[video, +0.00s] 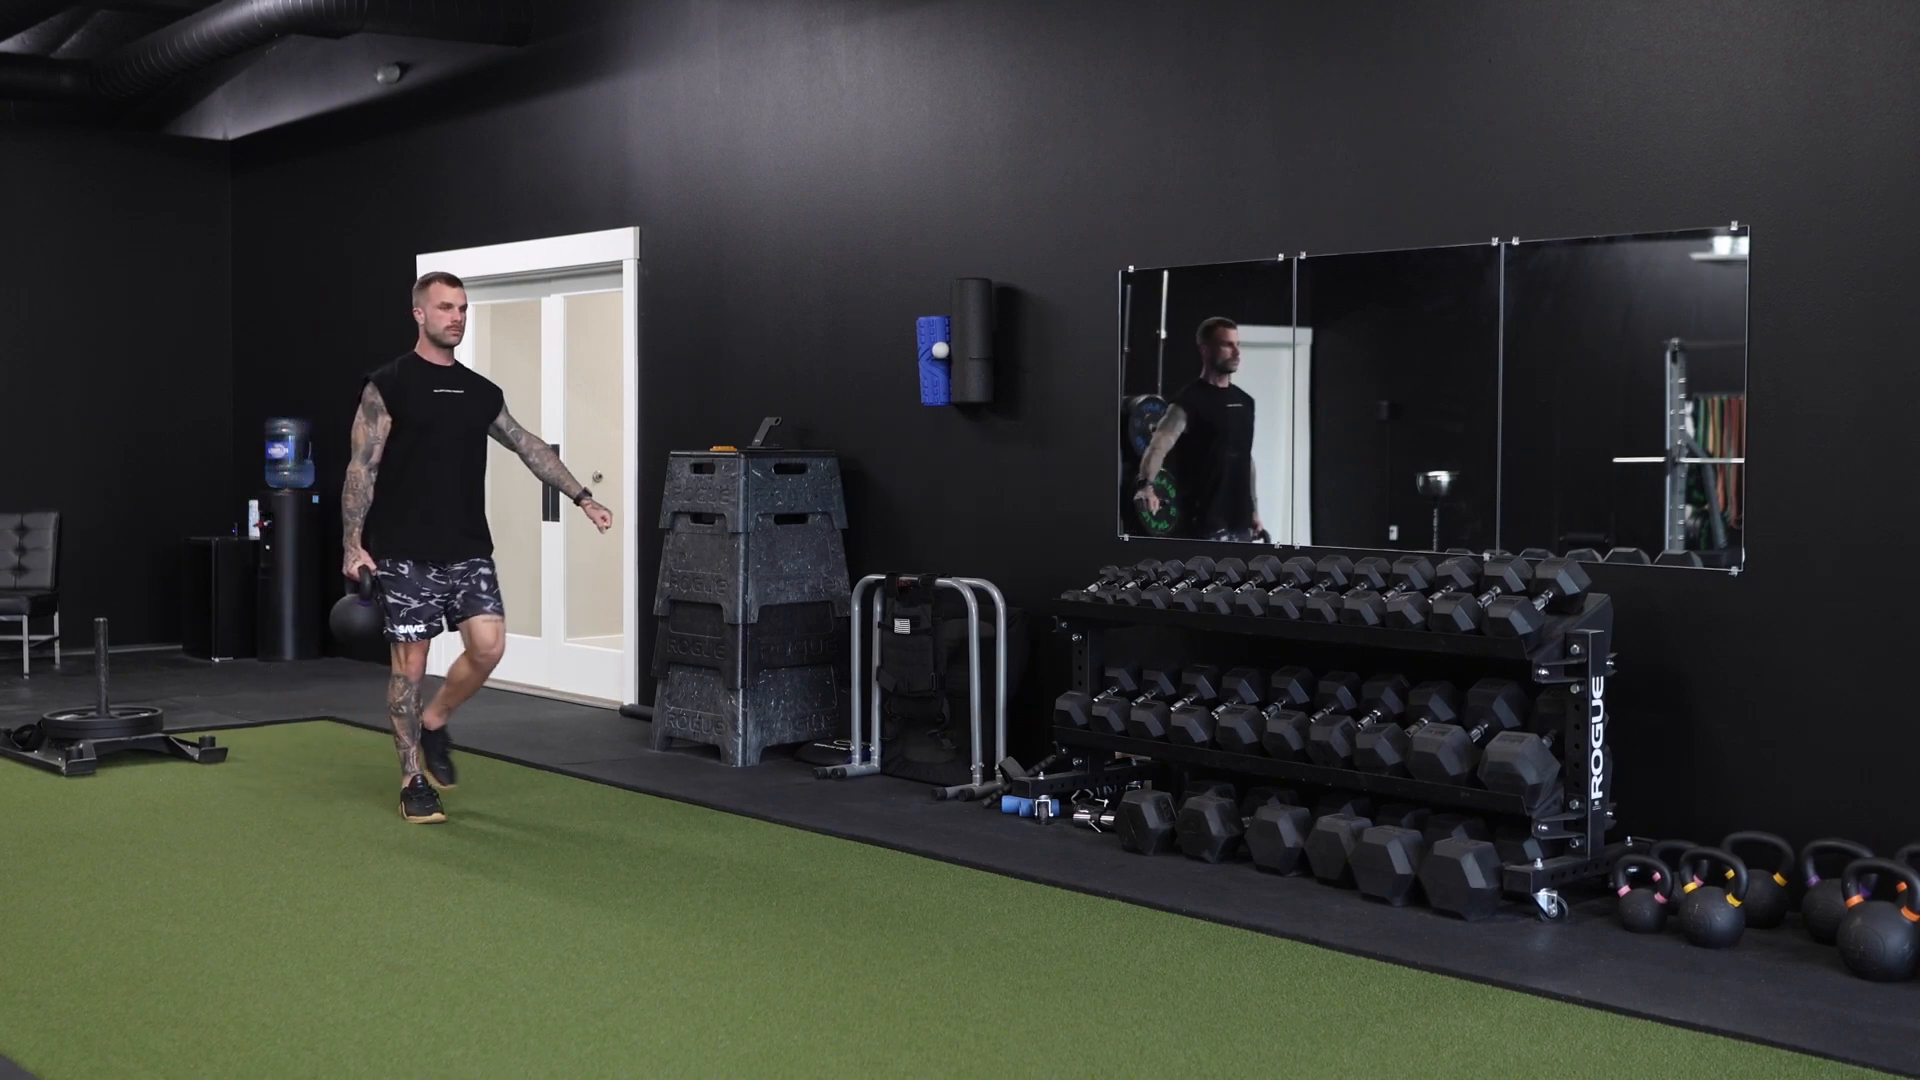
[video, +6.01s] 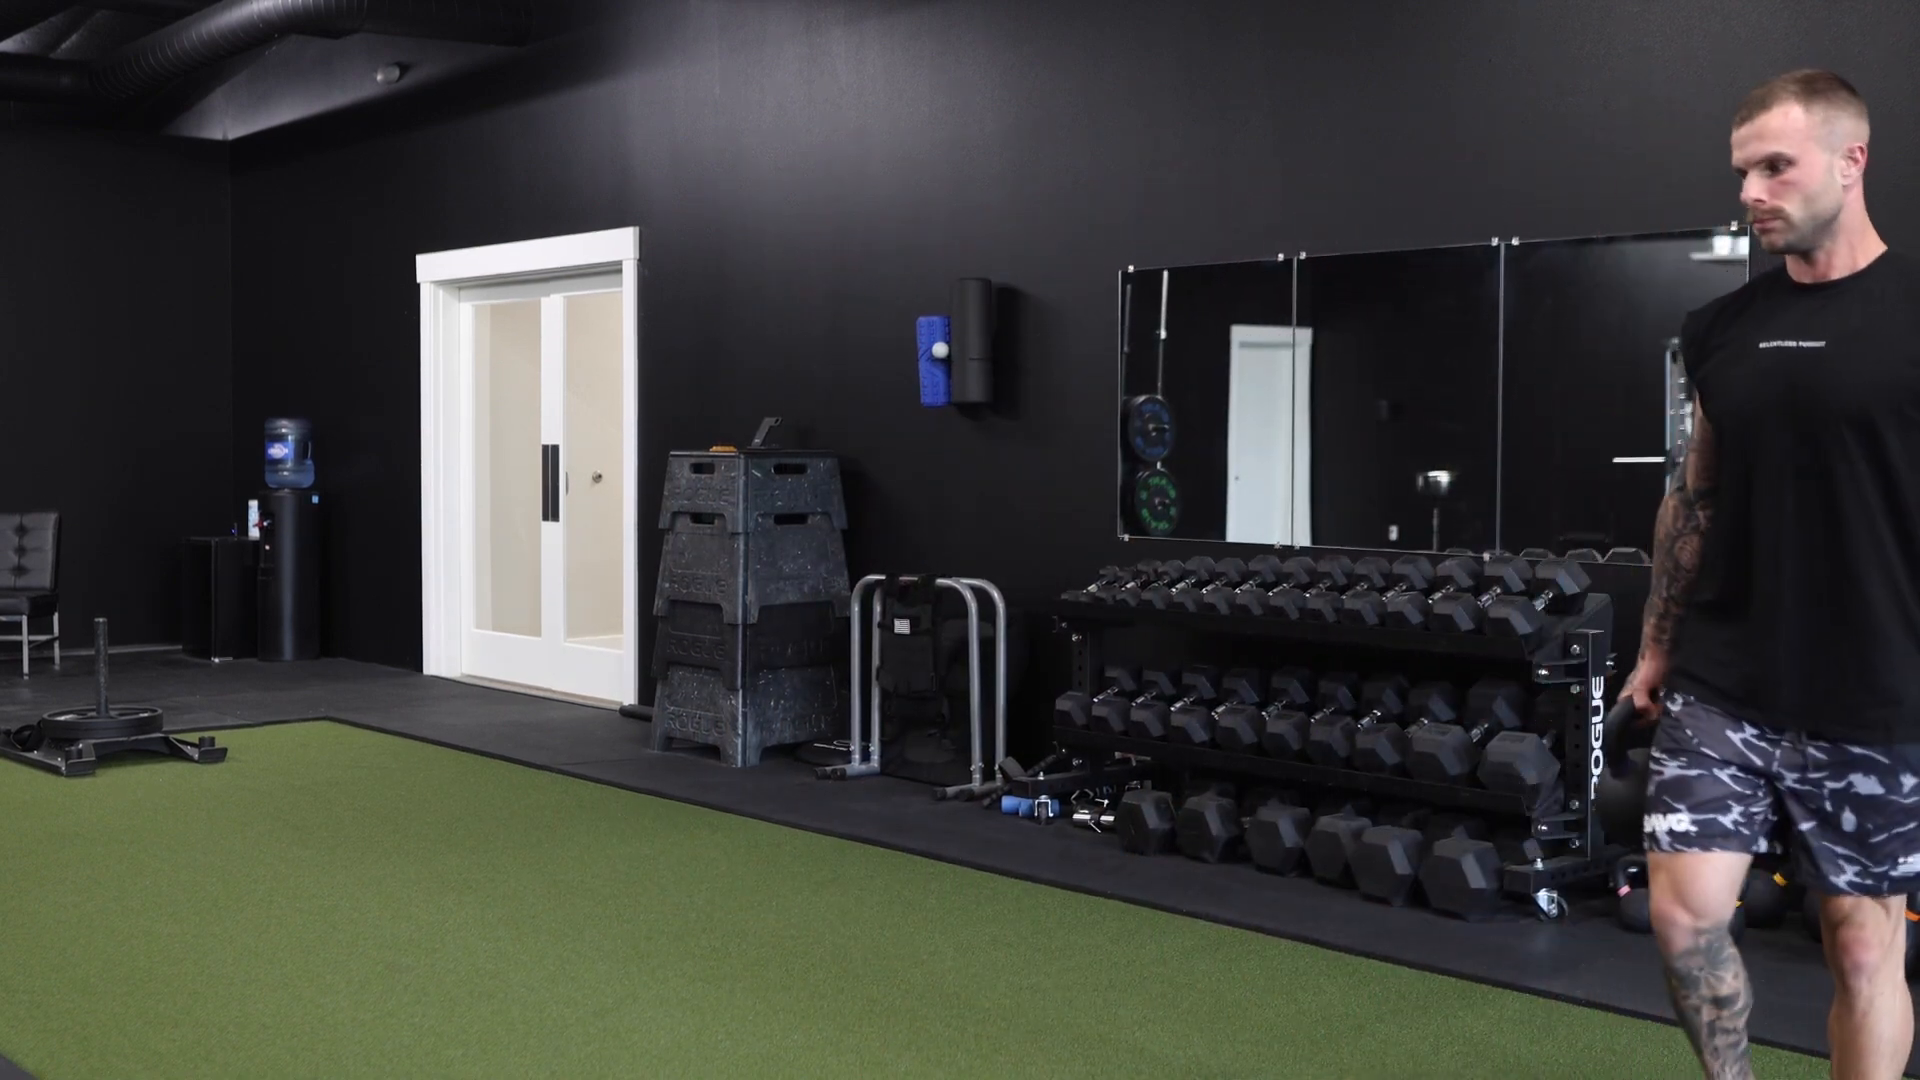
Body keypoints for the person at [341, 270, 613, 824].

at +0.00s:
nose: (457, 317)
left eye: (462, 309)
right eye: (446, 308)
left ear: (466, 316)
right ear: (419, 313)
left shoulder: (481, 391)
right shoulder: (386, 385)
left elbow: (529, 446)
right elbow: (362, 468)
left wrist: (582, 497)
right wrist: (352, 540)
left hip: (467, 546)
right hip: (402, 547)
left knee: (488, 647)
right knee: (411, 664)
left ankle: (431, 720)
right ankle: (411, 777)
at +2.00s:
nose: (779, 295)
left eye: (785, 285)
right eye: (765, 283)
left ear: (789, 294)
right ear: (730, 289)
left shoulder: (791, 384)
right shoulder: (690, 370)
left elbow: (846, 455)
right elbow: (652, 472)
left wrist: (911, 516)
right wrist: (642, 562)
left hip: (768, 569)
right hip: (700, 562)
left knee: (739, 718)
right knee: (760, 684)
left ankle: (707, 860)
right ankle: (706, 820)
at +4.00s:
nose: (1287, 242)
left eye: (1290, 228)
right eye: (1267, 226)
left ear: (1283, 242)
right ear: (1213, 237)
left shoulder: (1283, 358)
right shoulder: (1172, 357)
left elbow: (1331, 445)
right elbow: (1134, 489)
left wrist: (1403, 517)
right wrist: (1126, 611)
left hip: (1282, 626)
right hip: (1196, 627)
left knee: (1323, 791)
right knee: (1183, 808)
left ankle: (1285, 992)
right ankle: (1162, 996)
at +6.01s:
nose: (1751, 192)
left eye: (1776, 167)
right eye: (1742, 172)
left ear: (1853, 164)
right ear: (1738, 178)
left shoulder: (1907, 312)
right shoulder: (1725, 327)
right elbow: (1694, 494)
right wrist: (1655, 644)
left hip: (1873, 693)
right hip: (1722, 681)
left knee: (1863, 951)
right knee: (1683, 918)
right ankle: (1729, 1073)